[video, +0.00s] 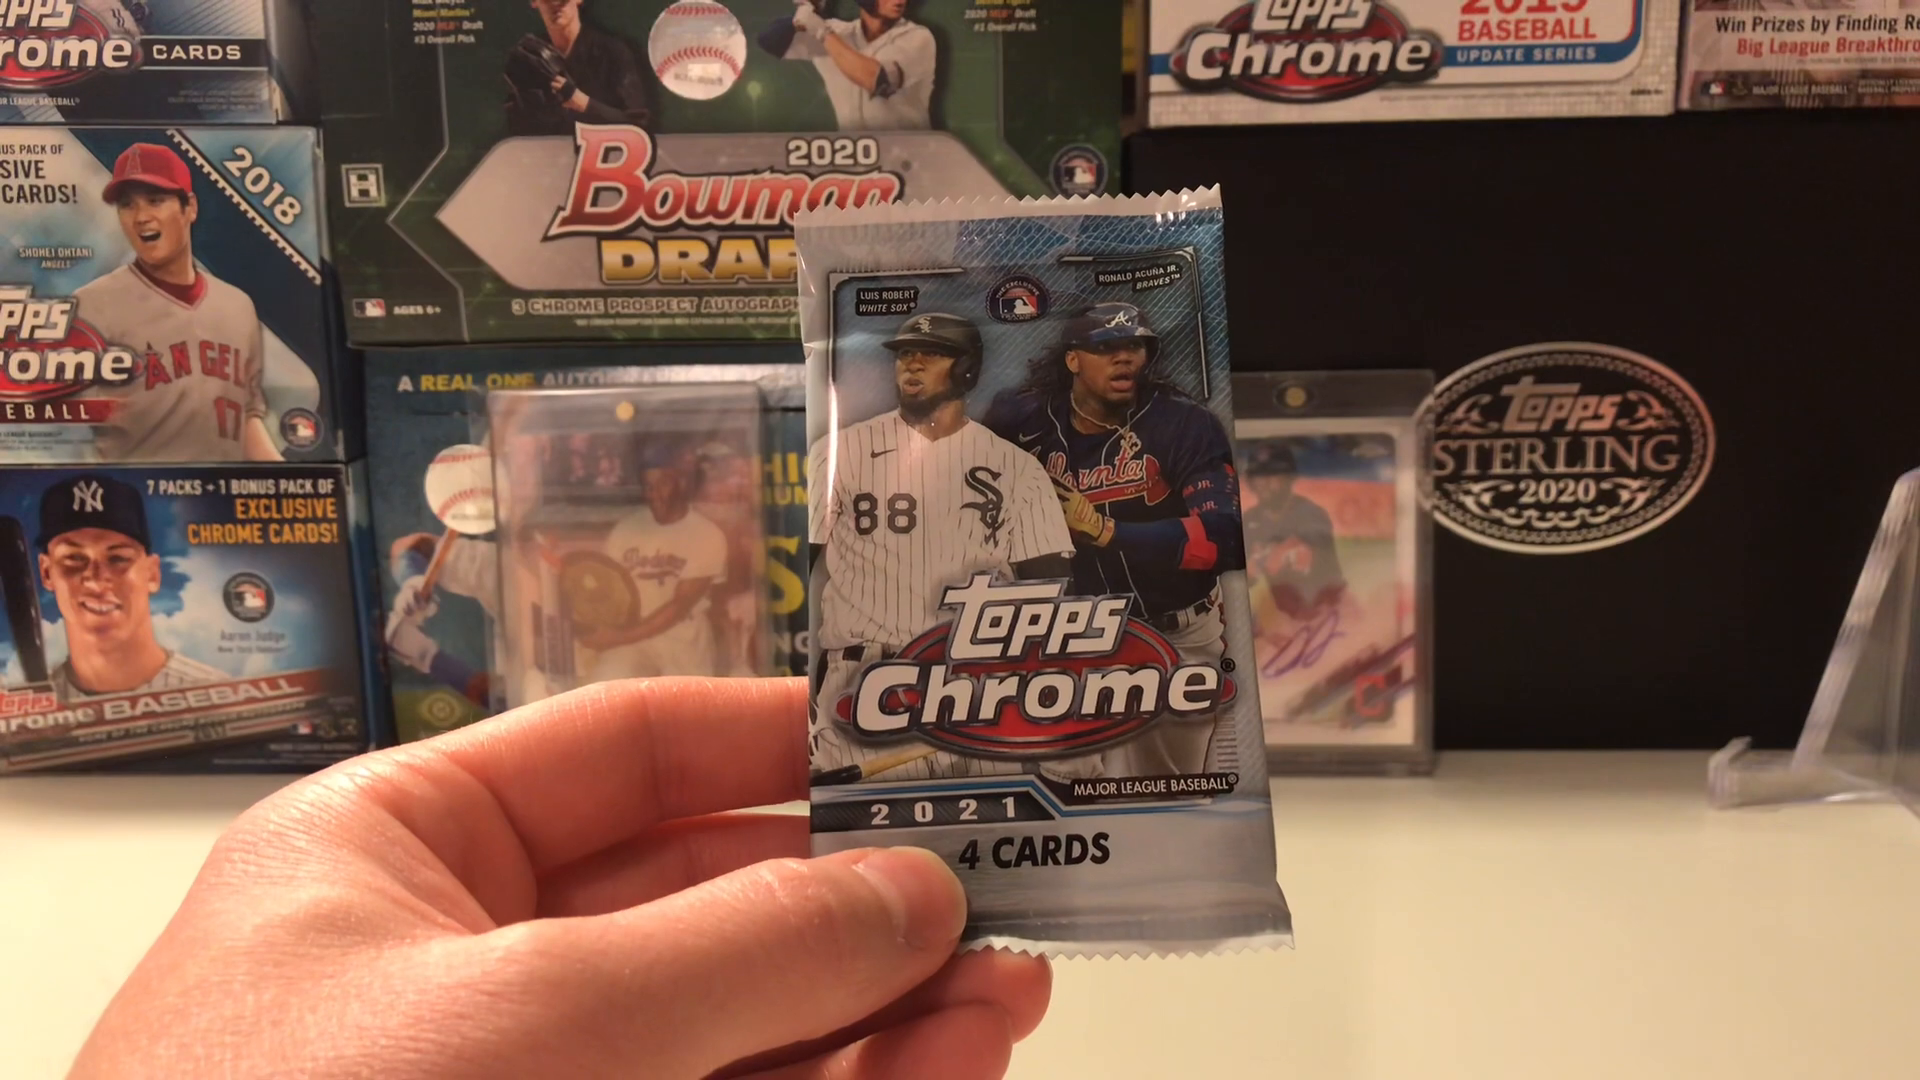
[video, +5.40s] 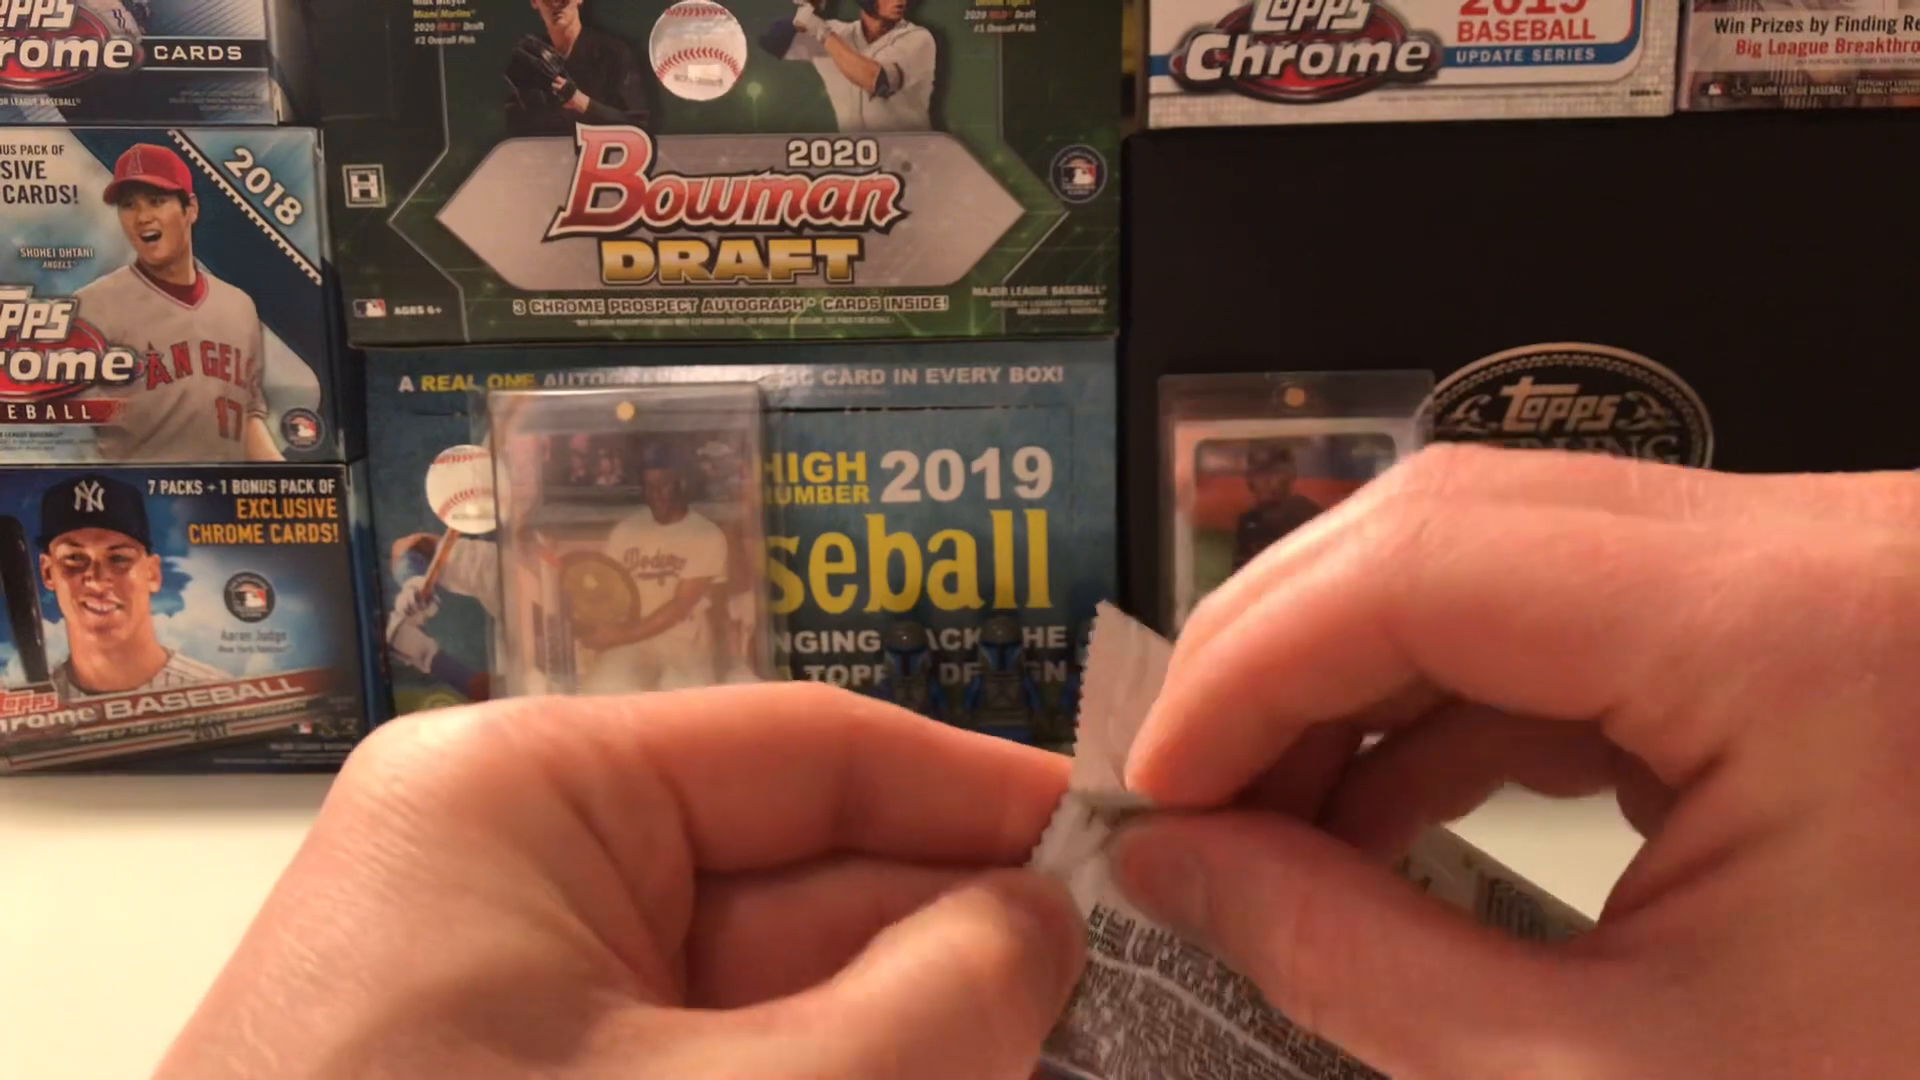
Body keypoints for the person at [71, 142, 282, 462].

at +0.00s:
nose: (142, 217)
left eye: (156, 200)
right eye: (128, 204)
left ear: (189, 209)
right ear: (119, 217)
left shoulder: (239, 307)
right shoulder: (91, 307)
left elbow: (248, 414)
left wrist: (283, 482)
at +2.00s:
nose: (142, 216)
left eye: (157, 200)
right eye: (128, 204)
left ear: (189, 209)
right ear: (118, 217)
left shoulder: (239, 307)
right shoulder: (92, 306)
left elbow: (247, 414)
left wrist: (284, 484)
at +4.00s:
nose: (142, 216)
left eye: (156, 199)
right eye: (128, 203)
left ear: (189, 209)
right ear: (118, 217)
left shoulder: (238, 306)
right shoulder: (90, 307)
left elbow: (248, 414)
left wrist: (283, 481)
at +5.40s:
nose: (144, 217)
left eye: (158, 201)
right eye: (129, 204)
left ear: (190, 210)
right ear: (119, 218)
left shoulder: (240, 307)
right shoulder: (92, 307)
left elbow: (249, 415)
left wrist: (283, 483)